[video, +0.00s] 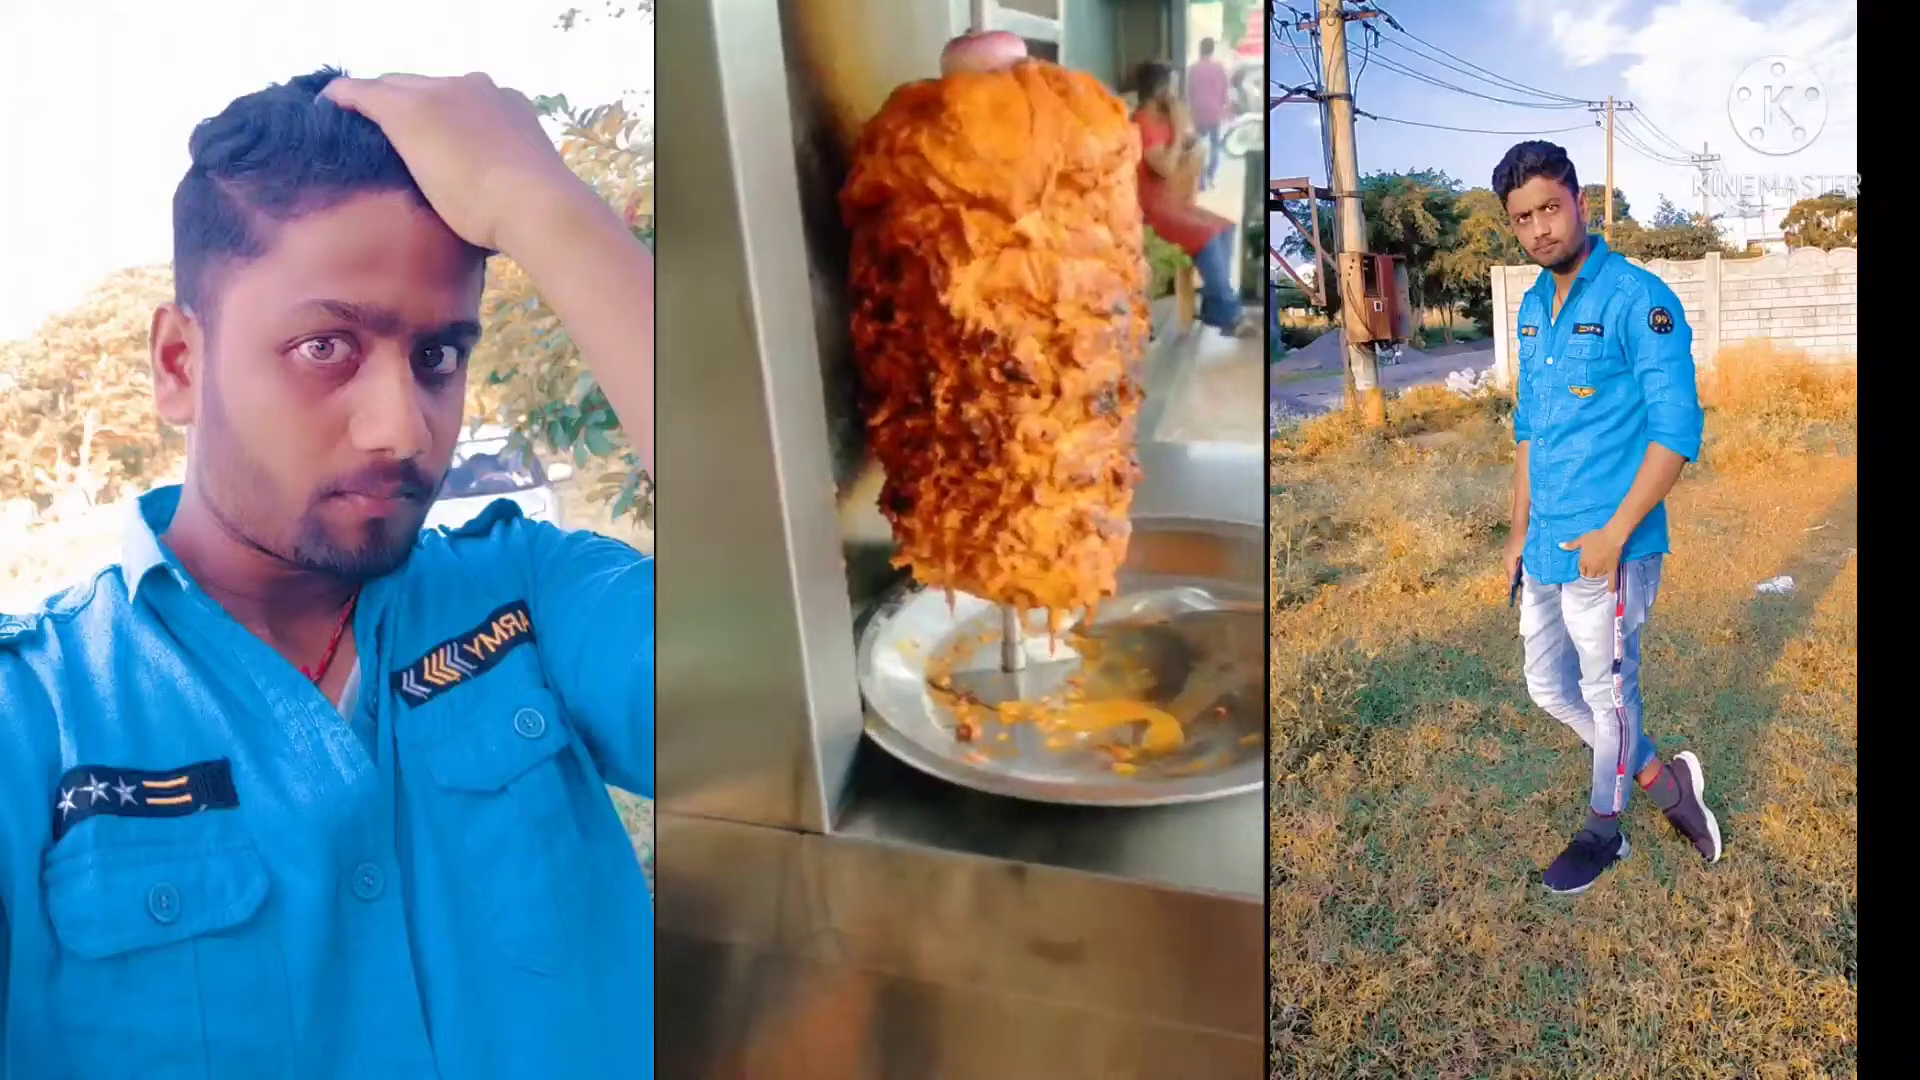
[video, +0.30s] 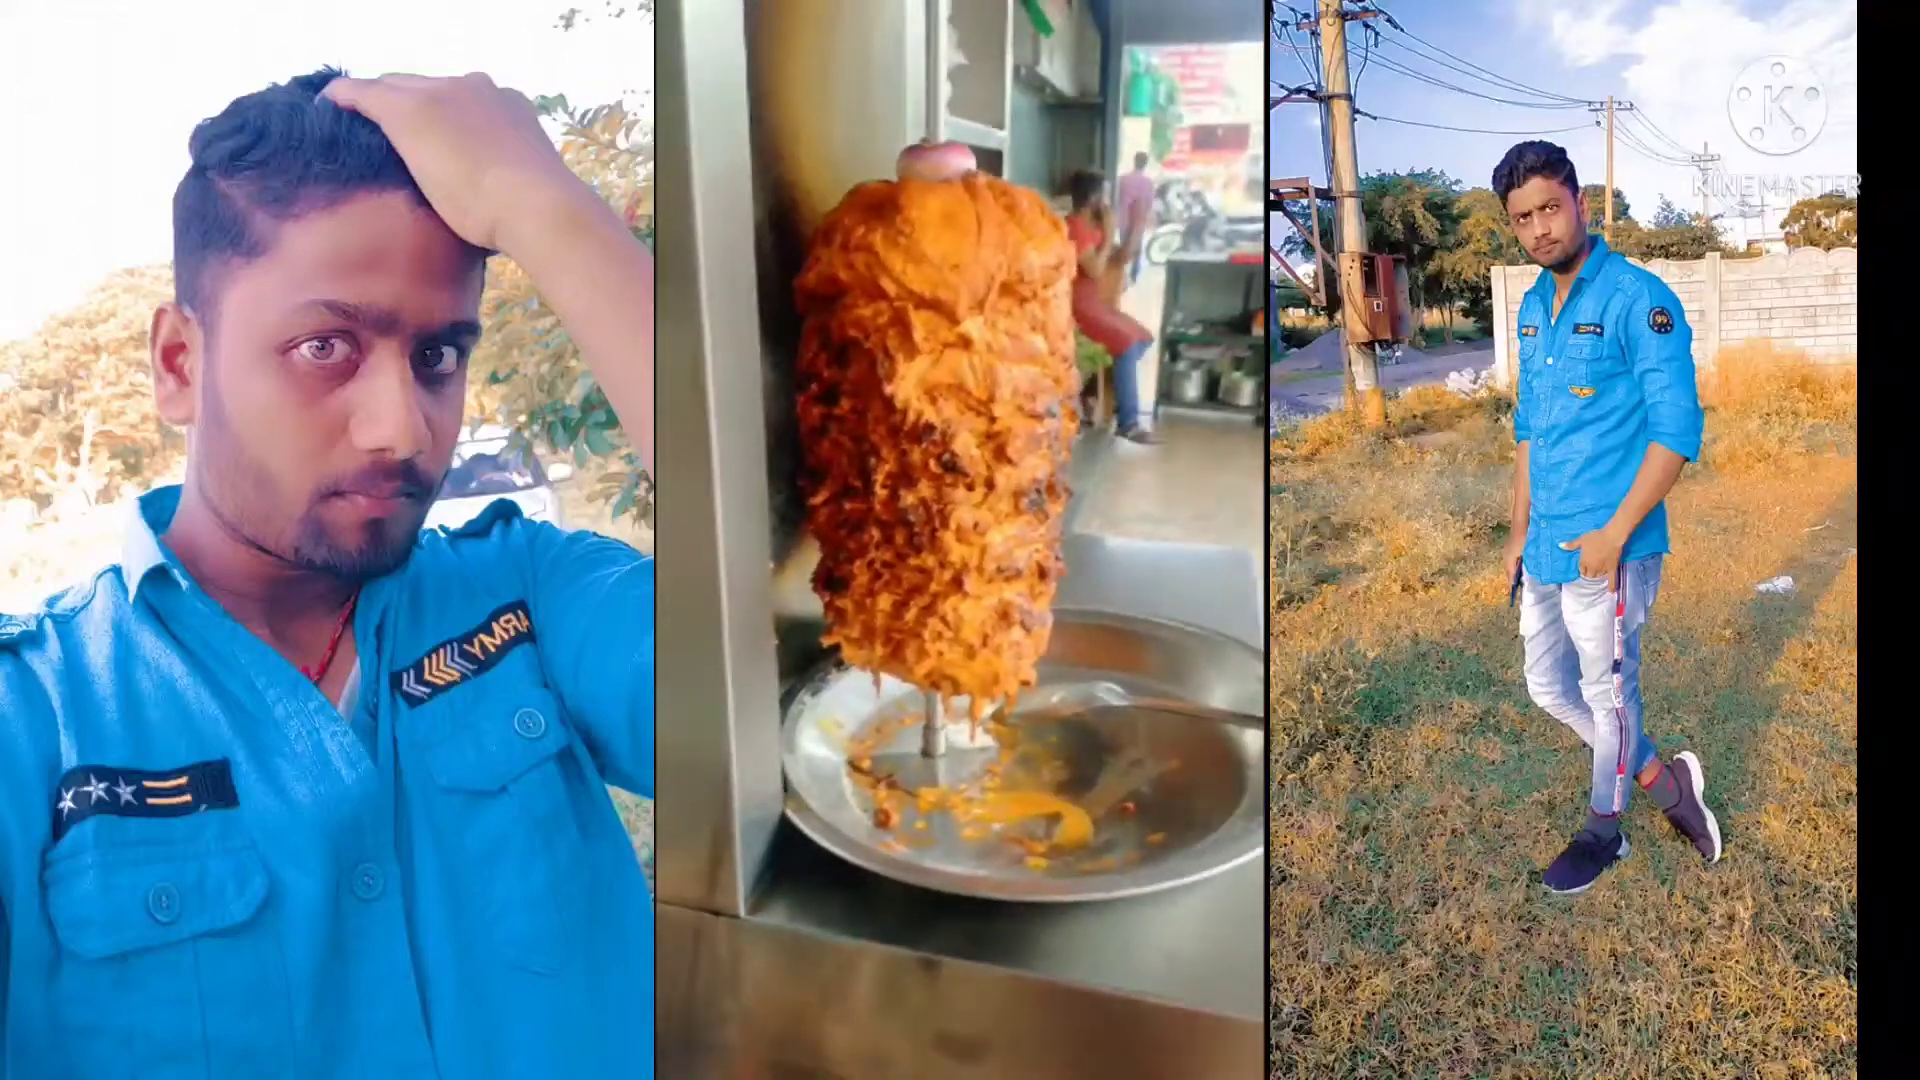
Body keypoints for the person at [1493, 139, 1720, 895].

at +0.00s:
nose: (1539, 228)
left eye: (1550, 208)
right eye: (1522, 218)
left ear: (1581, 202)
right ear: (1512, 228)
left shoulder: (1640, 298)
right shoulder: (1534, 306)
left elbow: (1678, 432)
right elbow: (1529, 431)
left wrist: (1616, 531)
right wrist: (1520, 530)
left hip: (1612, 537)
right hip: (1544, 538)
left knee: (1610, 690)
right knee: (1549, 684)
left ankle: (1603, 829)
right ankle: (1665, 778)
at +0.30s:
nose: (1538, 229)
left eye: (1549, 208)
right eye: (1522, 219)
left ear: (1581, 202)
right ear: (1512, 228)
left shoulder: (1640, 298)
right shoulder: (1534, 307)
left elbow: (1677, 432)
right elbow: (1529, 432)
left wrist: (1615, 532)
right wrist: (1519, 531)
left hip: (1612, 538)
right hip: (1544, 540)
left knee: (1610, 691)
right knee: (1549, 684)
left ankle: (1603, 828)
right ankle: (1665, 778)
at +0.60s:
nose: (1539, 228)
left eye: (1550, 208)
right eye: (1523, 218)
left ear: (1581, 203)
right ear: (1512, 228)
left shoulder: (1640, 298)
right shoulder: (1534, 306)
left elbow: (1677, 432)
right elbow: (1529, 431)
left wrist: (1615, 531)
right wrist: (1519, 530)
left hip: (1612, 538)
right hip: (1544, 539)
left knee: (1610, 691)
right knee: (1548, 684)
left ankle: (1603, 828)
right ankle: (1665, 778)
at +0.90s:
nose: (1537, 228)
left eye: (1549, 208)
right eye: (1522, 218)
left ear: (1582, 202)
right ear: (1513, 228)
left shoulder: (1640, 298)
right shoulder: (1534, 308)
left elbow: (1678, 431)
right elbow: (1529, 431)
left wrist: (1616, 532)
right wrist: (1520, 530)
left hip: (1612, 536)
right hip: (1544, 538)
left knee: (1610, 689)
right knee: (1549, 684)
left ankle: (1602, 828)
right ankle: (1665, 778)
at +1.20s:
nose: (1538, 228)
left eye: (1549, 208)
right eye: (1522, 218)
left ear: (1581, 203)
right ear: (1513, 228)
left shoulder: (1640, 298)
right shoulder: (1534, 307)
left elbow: (1678, 431)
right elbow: (1529, 431)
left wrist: (1615, 532)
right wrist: (1520, 530)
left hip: (1611, 536)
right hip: (1544, 538)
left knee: (1610, 689)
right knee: (1548, 684)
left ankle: (1602, 828)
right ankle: (1666, 778)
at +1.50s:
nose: (1538, 228)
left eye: (1549, 208)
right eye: (1522, 218)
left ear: (1581, 203)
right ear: (1513, 228)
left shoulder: (1640, 298)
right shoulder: (1534, 308)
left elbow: (1678, 432)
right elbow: (1529, 432)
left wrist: (1615, 533)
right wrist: (1520, 530)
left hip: (1611, 537)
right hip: (1543, 539)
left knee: (1610, 690)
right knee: (1549, 684)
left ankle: (1602, 828)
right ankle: (1666, 778)